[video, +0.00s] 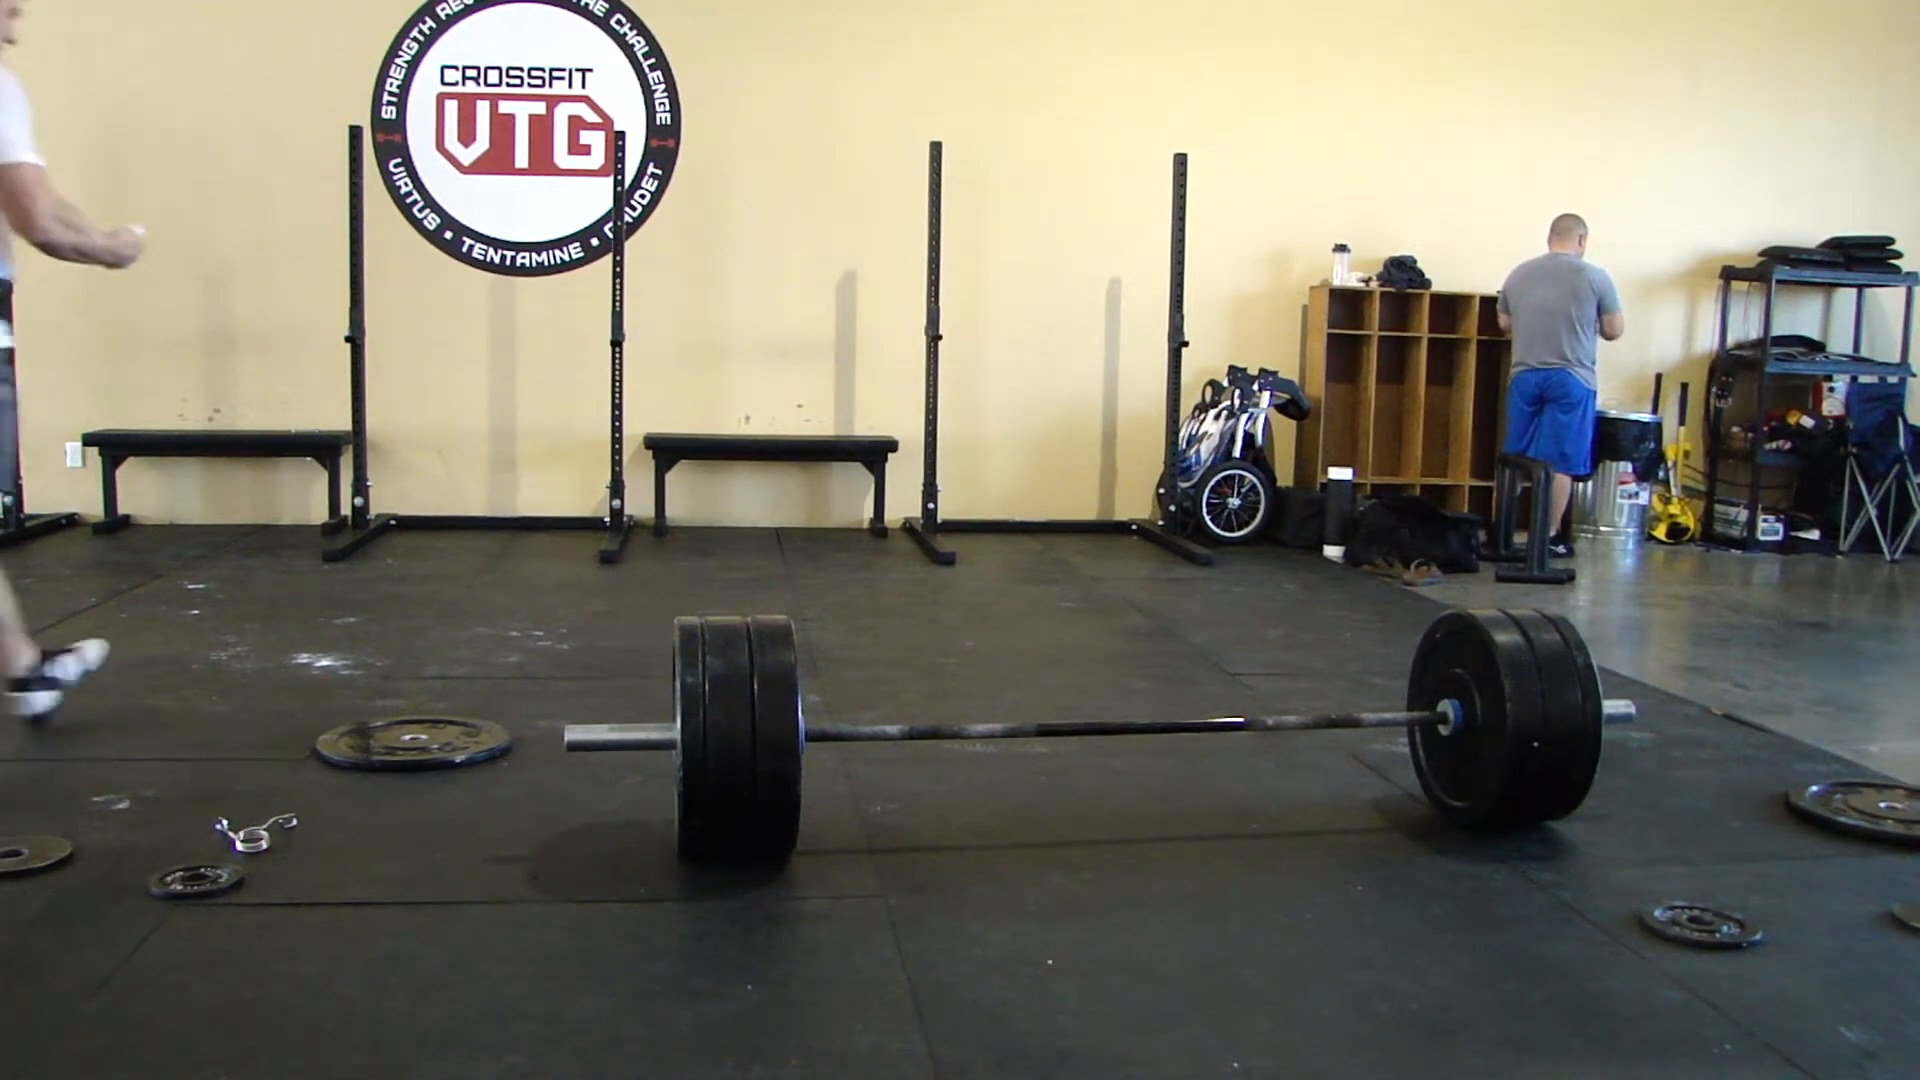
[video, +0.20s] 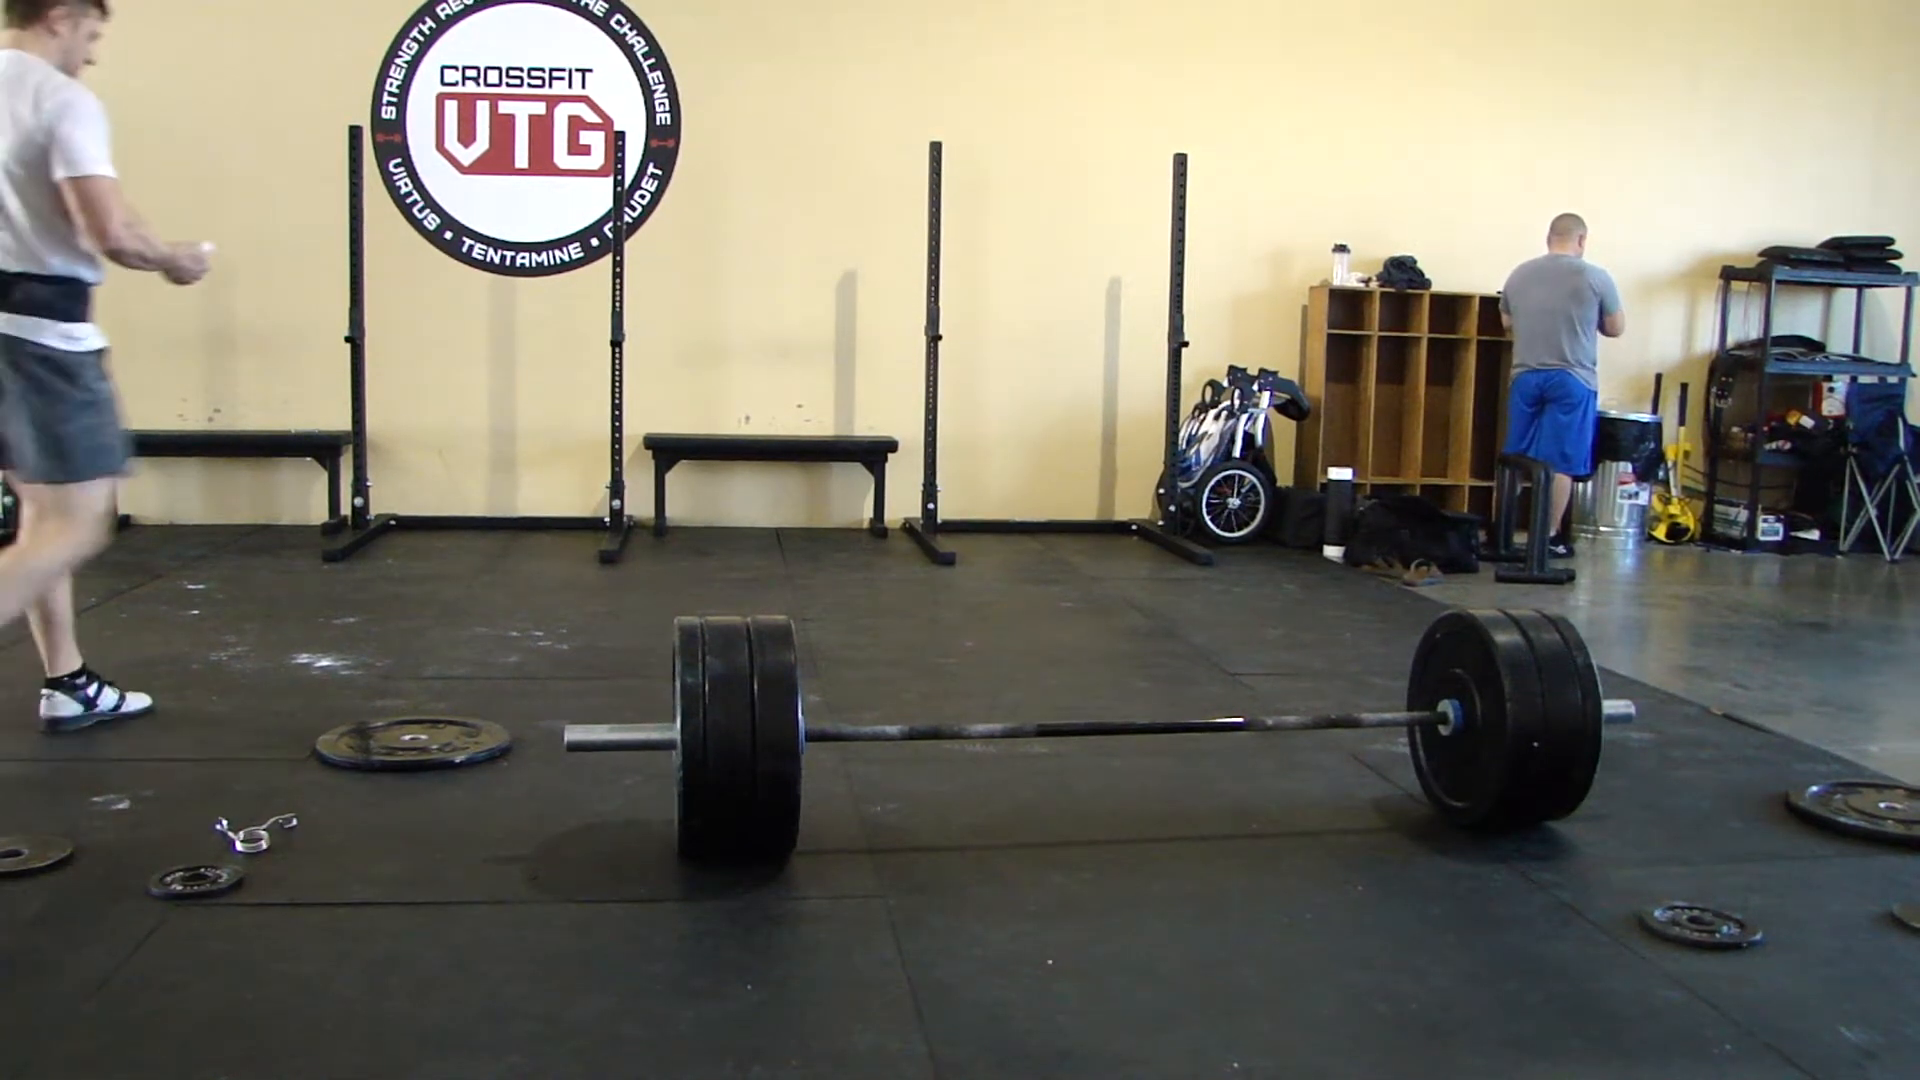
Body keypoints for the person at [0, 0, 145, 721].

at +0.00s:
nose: (20, 15)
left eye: (18, 6)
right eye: (16, 6)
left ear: (7, 15)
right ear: (3, 13)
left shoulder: (10, 87)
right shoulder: (3, 87)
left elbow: (36, 214)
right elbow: (36, 217)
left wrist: (97, 242)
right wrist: (107, 246)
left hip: (1, 343)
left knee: (1, 509)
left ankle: (25, 666)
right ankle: (22, 667)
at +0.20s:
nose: (97, 47)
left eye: (100, 32)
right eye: (94, 29)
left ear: (31, 18)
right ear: (57, 17)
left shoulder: (4, 80)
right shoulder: (61, 99)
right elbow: (110, 234)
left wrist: (155, 253)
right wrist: (173, 259)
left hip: (9, 319)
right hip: (43, 327)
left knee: (40, 506)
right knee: (83, 520)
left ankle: (66, 681)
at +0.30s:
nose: (135, 50)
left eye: (140, 35)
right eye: (134, 32)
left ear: (79, 18)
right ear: (97, 19)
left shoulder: (10, 75)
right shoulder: (98, 97)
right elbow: (133, 223)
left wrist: (166, 232)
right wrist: (203, 247)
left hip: (19, 324)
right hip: (88, 328)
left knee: (65, 502)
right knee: (159, 496)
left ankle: (68, 678)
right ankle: (20, 625)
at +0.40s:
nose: (173, 50)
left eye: (178, 35)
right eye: (171, 31)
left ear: (110, 18)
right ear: (137, 17)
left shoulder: (29, 92)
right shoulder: (133, 96)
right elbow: (166, 223)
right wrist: (228, 236)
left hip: (51, 319)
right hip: (128, 323)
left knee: (72, 500)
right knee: (212, 478)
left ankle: (68, 681)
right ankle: (123, 641)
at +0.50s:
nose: (211, 69)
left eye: (217, 55)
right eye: (209, 52)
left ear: (156, 32)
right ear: (175, 34)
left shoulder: (75, 102)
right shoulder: (173, 109)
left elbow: (103, 216)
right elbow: (201, 227)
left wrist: (232, 216)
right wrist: (274, 233)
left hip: (93, 322)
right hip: (167, 328)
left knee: (92, 500)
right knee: (242, 484)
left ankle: (71, 680)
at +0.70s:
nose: (302, 90)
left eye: (305, 75)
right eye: (299, 73)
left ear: (249, 61)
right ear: (267, 60)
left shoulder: (185, 125)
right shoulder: (263, 134)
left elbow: (217, 236)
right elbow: (298, 250)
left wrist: (331, 233)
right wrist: (348, 234)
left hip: (196, 341)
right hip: (265, 351)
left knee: (171, 501)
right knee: (324, 496)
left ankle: (91, 653)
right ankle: (352, 653)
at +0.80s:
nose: (346, 88)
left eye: (349, 74)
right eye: (343, 72)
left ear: (291, 62)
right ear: (313, 61)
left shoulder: (234, 125)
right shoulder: (310, 131)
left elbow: (282, 238)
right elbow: (350, 244)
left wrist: (390, 225)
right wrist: (409, 226)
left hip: (250, 334)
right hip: (314, 340)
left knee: (252, 486)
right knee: (359, 488)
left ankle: (155, 602)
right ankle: (354, 648)